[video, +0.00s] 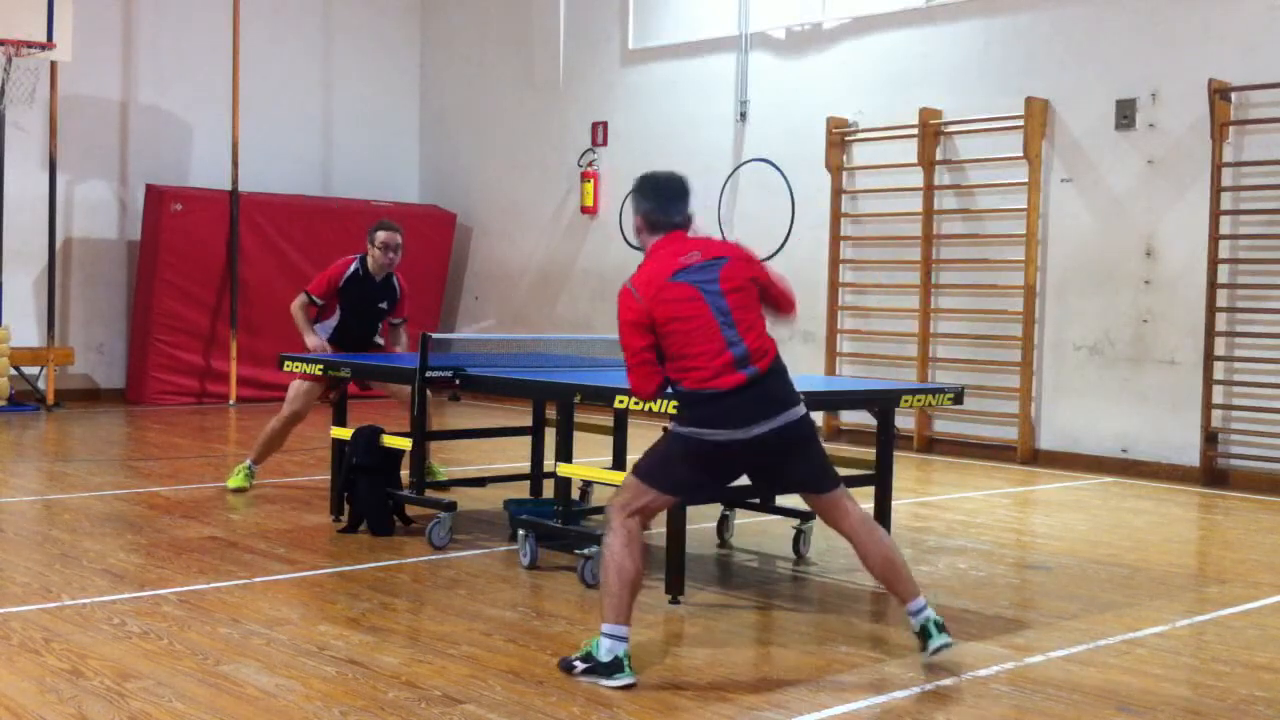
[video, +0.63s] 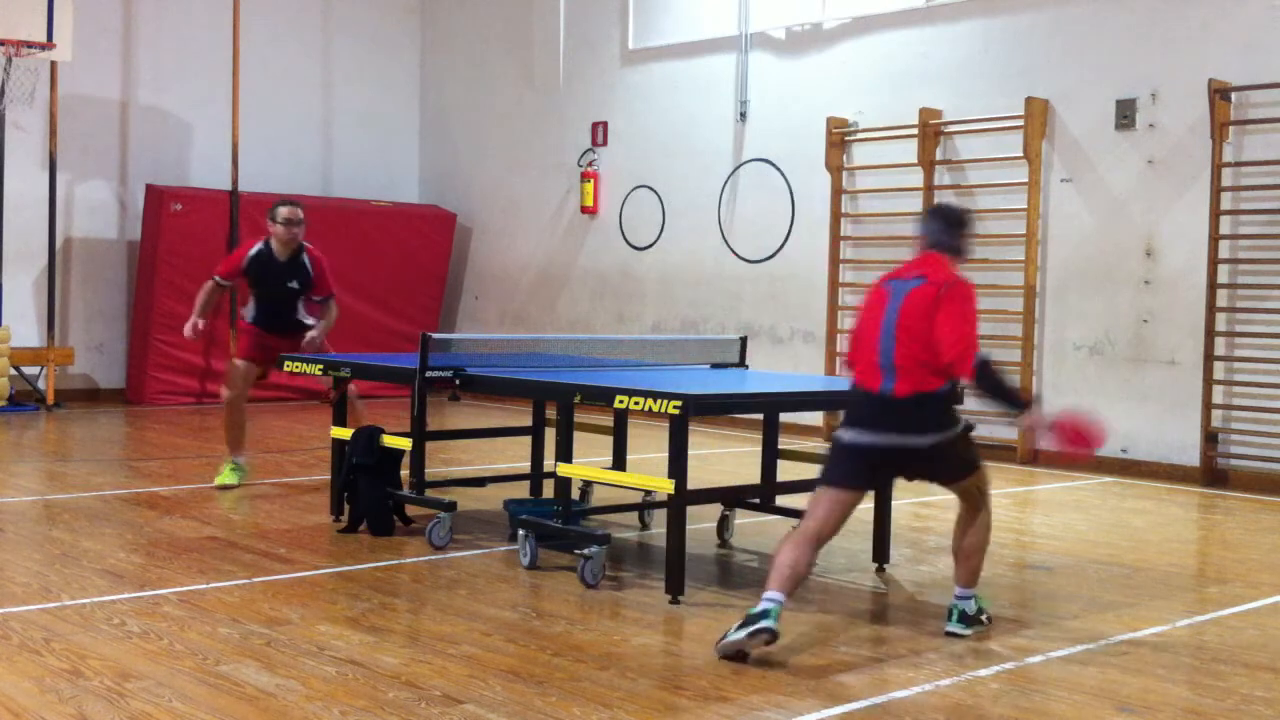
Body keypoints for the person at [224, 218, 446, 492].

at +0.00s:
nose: (391, 255)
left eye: (396, 250)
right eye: (385, 248)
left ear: (401, 253)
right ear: (370, 248)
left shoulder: (396, 287)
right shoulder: (344, 270)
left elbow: (397, 330)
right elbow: (299, 305)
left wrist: (399, 360)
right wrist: (309, 335)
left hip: (367, 353)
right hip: (328, 350)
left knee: (418, 395)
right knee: (292, 412)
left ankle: (422, 465)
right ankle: (248, 468)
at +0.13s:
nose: (382, 252)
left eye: (389, 247)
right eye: (376, 245)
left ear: (397, 249)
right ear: (365, 243)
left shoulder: (395, 284)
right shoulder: (340, 264)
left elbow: (393, 335)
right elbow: (294, 286)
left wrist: (364, 341)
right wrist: (294, 301)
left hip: (367, 354)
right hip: (323, 348)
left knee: (408, 396)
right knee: (288, 400)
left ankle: (421, 464)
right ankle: (246, 465)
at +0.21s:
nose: (370, 246)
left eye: (377, 240)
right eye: (363, 239)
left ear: (386, 242)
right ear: (352, 238)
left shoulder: (384, 275)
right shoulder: (335, 256)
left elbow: (375, 324)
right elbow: (300, 265)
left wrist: (355, 323)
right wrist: (274, 270)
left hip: (364, 344)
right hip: (322, 336)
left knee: (397, 402)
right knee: (280, 390)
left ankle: (420, 462)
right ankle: (244, 464)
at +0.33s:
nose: (344, 236)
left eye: (351, 230)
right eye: (338, 229)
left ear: (359, 233)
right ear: (326, 230)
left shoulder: (365, 266)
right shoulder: (314, 252)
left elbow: (365, 325)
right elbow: (294, 261)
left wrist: (341, 323)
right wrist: (258, 271)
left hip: (358, 346)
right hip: (316, 339)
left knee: (388, 403)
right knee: (267, 387)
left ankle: (424, 462)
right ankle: (241, 464)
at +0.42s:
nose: (327, 237)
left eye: (332, 231)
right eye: (320, 230)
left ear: (339, 233)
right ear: (306, 231)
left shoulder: (349, 266)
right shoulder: (296, 257)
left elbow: (357, 325)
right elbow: (277, 270)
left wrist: (322, 330)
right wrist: (244, 284)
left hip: (349, 346)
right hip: (306, 344)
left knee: (382, 401)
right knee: (254, 391)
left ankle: (424, 462)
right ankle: (244, 466)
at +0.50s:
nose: (307, 238)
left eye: (313, 232)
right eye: (301, 231)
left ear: (320, 234)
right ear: (287, 232)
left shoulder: (329, 265)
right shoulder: (274, 261)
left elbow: (346, 320)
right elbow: (247, 281)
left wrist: (318, 336)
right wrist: (220, 302)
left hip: (327, 343)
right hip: (284, 340)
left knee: (368, 401)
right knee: (244, 395)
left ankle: (421, 462)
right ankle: (242, 466)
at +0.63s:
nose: (294, 230)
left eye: (299, 224)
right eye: (287, 224)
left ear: (305, 227)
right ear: (270, 226)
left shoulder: (312, 260)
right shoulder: (251, 254)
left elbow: (330, 306)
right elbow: (216, 283)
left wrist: (321, 330)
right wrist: (197, 315)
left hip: (300, 335)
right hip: (258, 333)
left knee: (347, 392)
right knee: (232, 392)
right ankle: (235, 462)